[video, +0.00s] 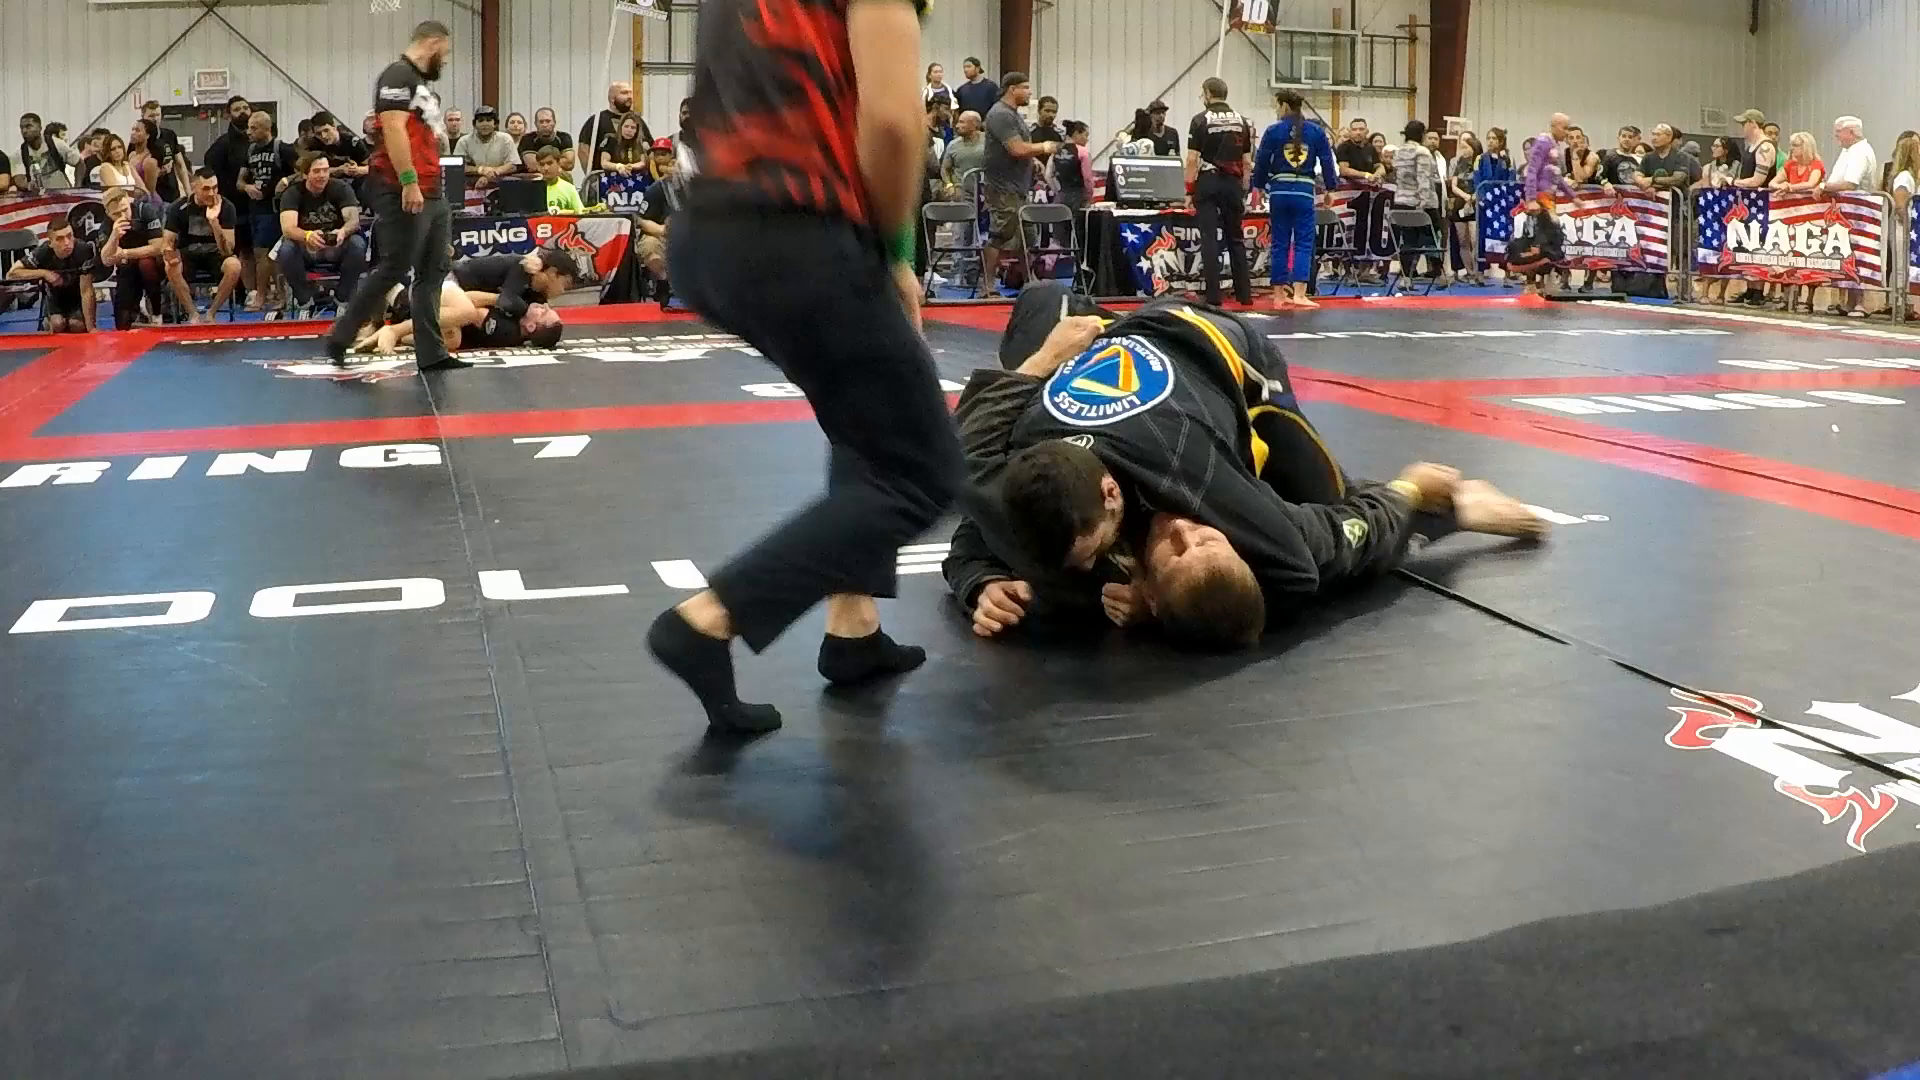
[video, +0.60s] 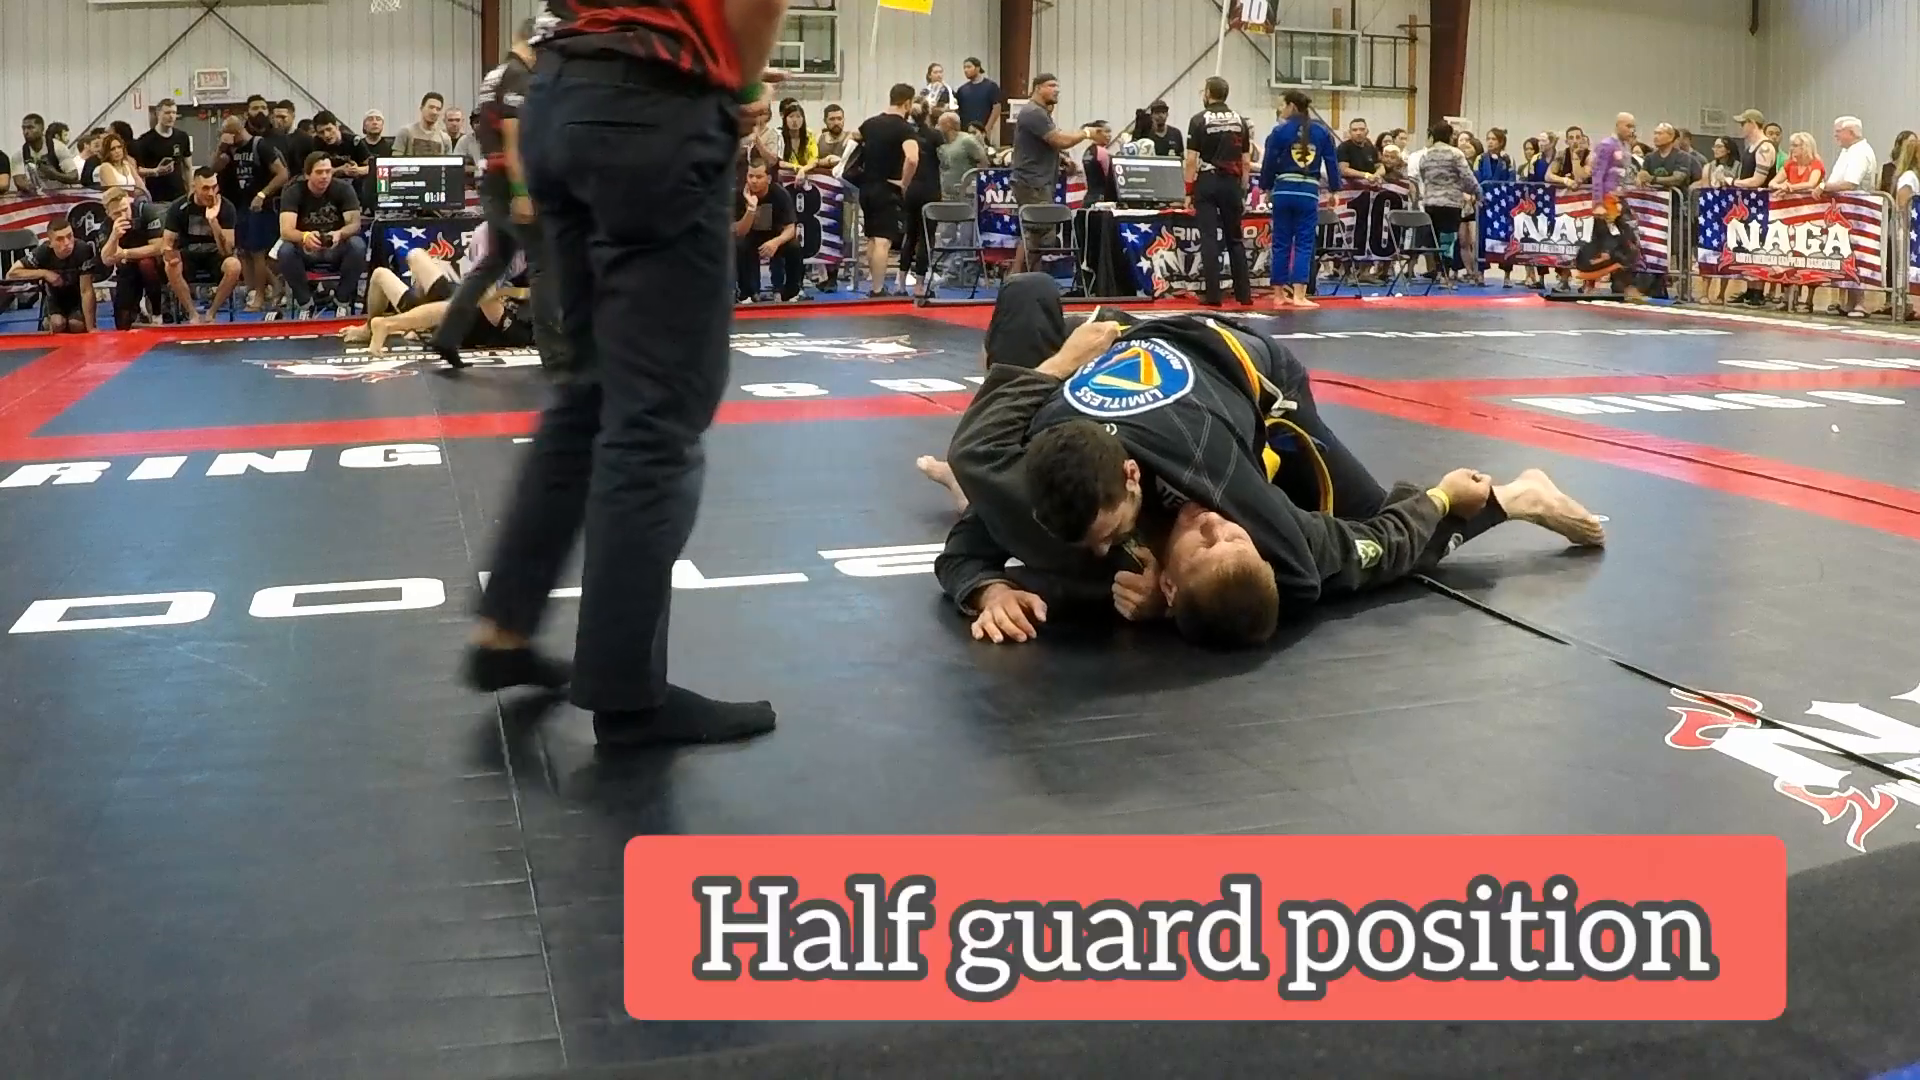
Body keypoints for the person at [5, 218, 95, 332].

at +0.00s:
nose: (67, 243)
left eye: (69, 237)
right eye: (60, 239)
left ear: (73, 236)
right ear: (50, 241)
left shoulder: (83, 250)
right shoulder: (43, 252)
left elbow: (86, 290)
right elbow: (12, 273)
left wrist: (91, 327)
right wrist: (44, 273)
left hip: (77, 291)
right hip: (55, 292)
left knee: (78, 325)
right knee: (58, 324)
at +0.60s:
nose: (67, 243)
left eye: (69, 237)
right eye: (60, 239)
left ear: (73, 235)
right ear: (50, 241)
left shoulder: (83, 250)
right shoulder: (43, 252)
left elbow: (86, 290)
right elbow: (12, 273)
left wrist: (91, 327)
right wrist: (44, 273)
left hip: (77, 293)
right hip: (55, 294)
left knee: (76, 324)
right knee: (58, 323)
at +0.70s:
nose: (67, 243)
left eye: (69, 237)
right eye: (60, 239)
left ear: (73, 235)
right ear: (50, 240)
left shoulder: (83, 250)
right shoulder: (43, 251)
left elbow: (86, 290)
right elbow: (12, 273)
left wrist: (91, 327)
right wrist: (44, 273)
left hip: (77, 292)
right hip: (55, 293)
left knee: (76, 324)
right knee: (58, 323)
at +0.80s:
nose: (67, 243)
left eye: (69, 237)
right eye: (60, 239)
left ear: (73, 235)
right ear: (50, 241)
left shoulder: (83, 249)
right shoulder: (43, 251)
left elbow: (86, 290)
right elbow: (12, 273)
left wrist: (91, 328)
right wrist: (44, 273)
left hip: (77, 292)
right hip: (55, 293)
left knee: (77, 325)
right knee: (58, 323)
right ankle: (46, 324)